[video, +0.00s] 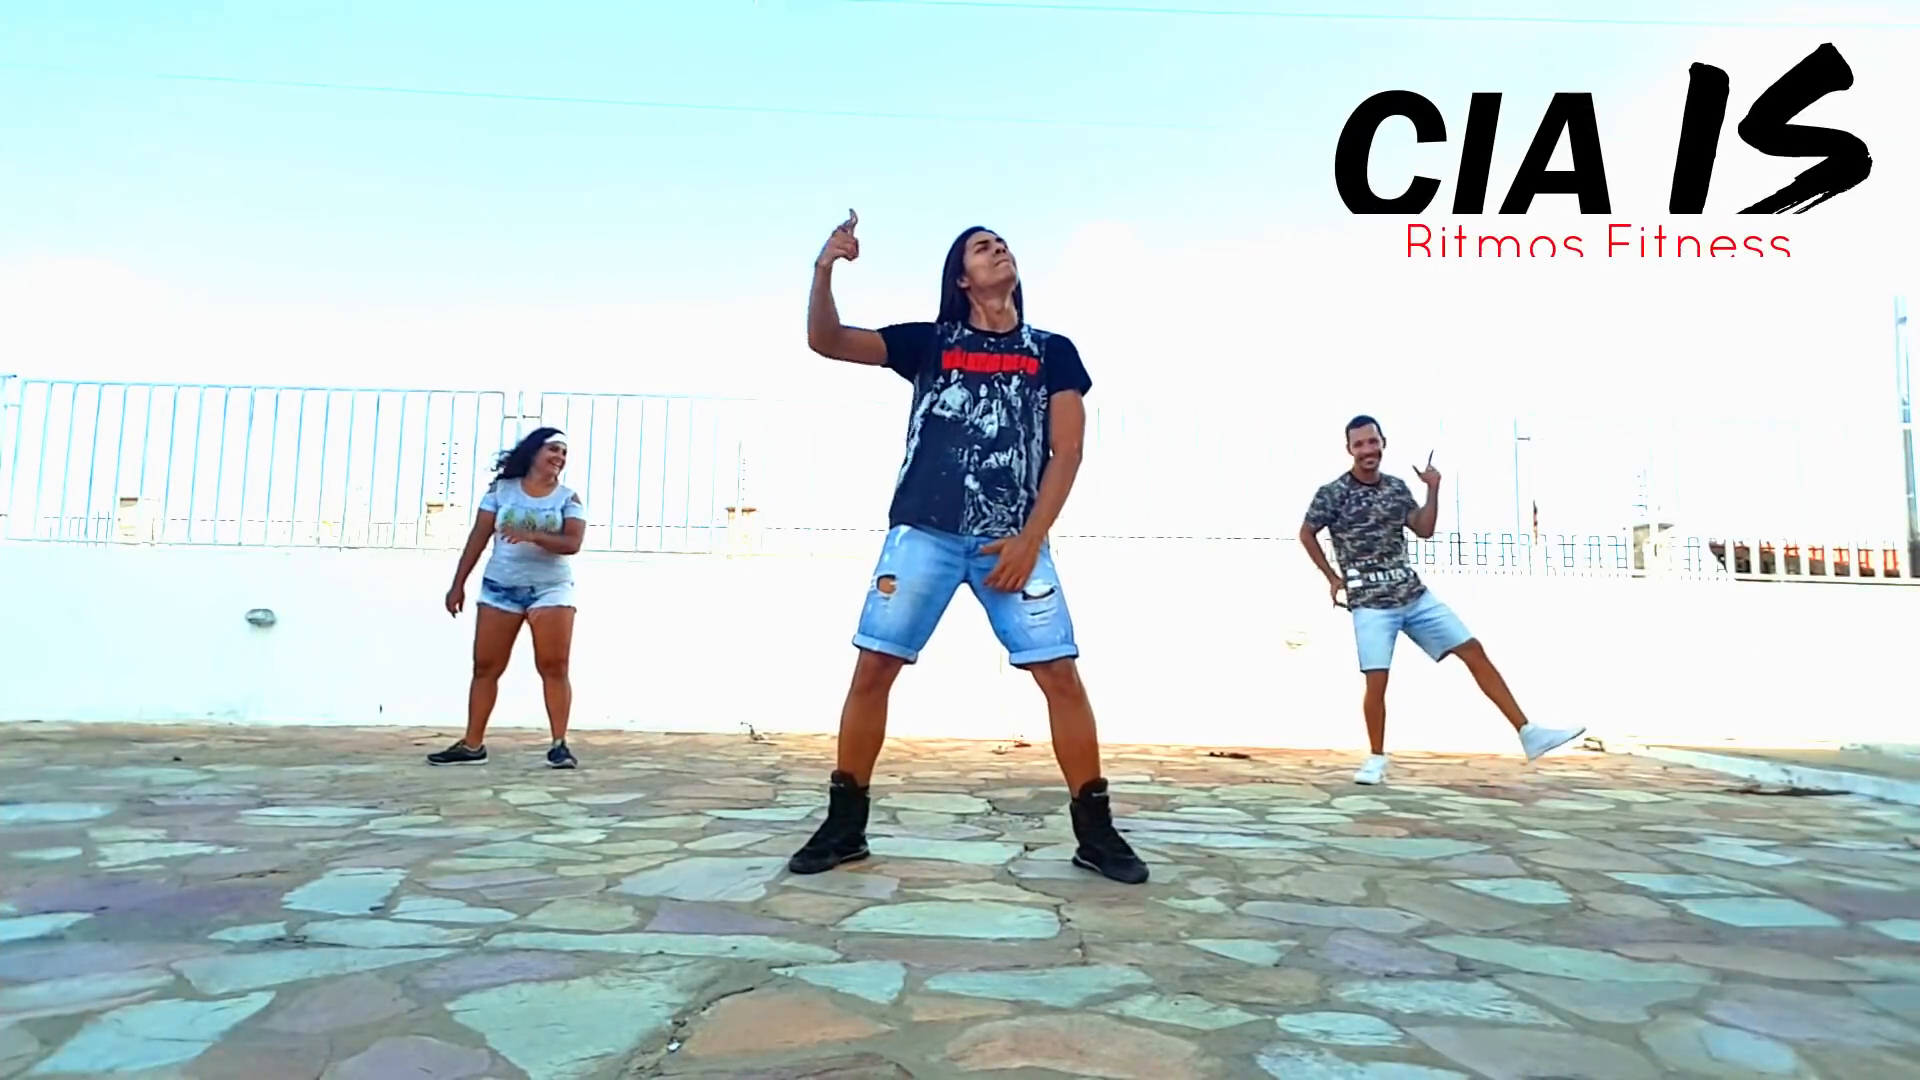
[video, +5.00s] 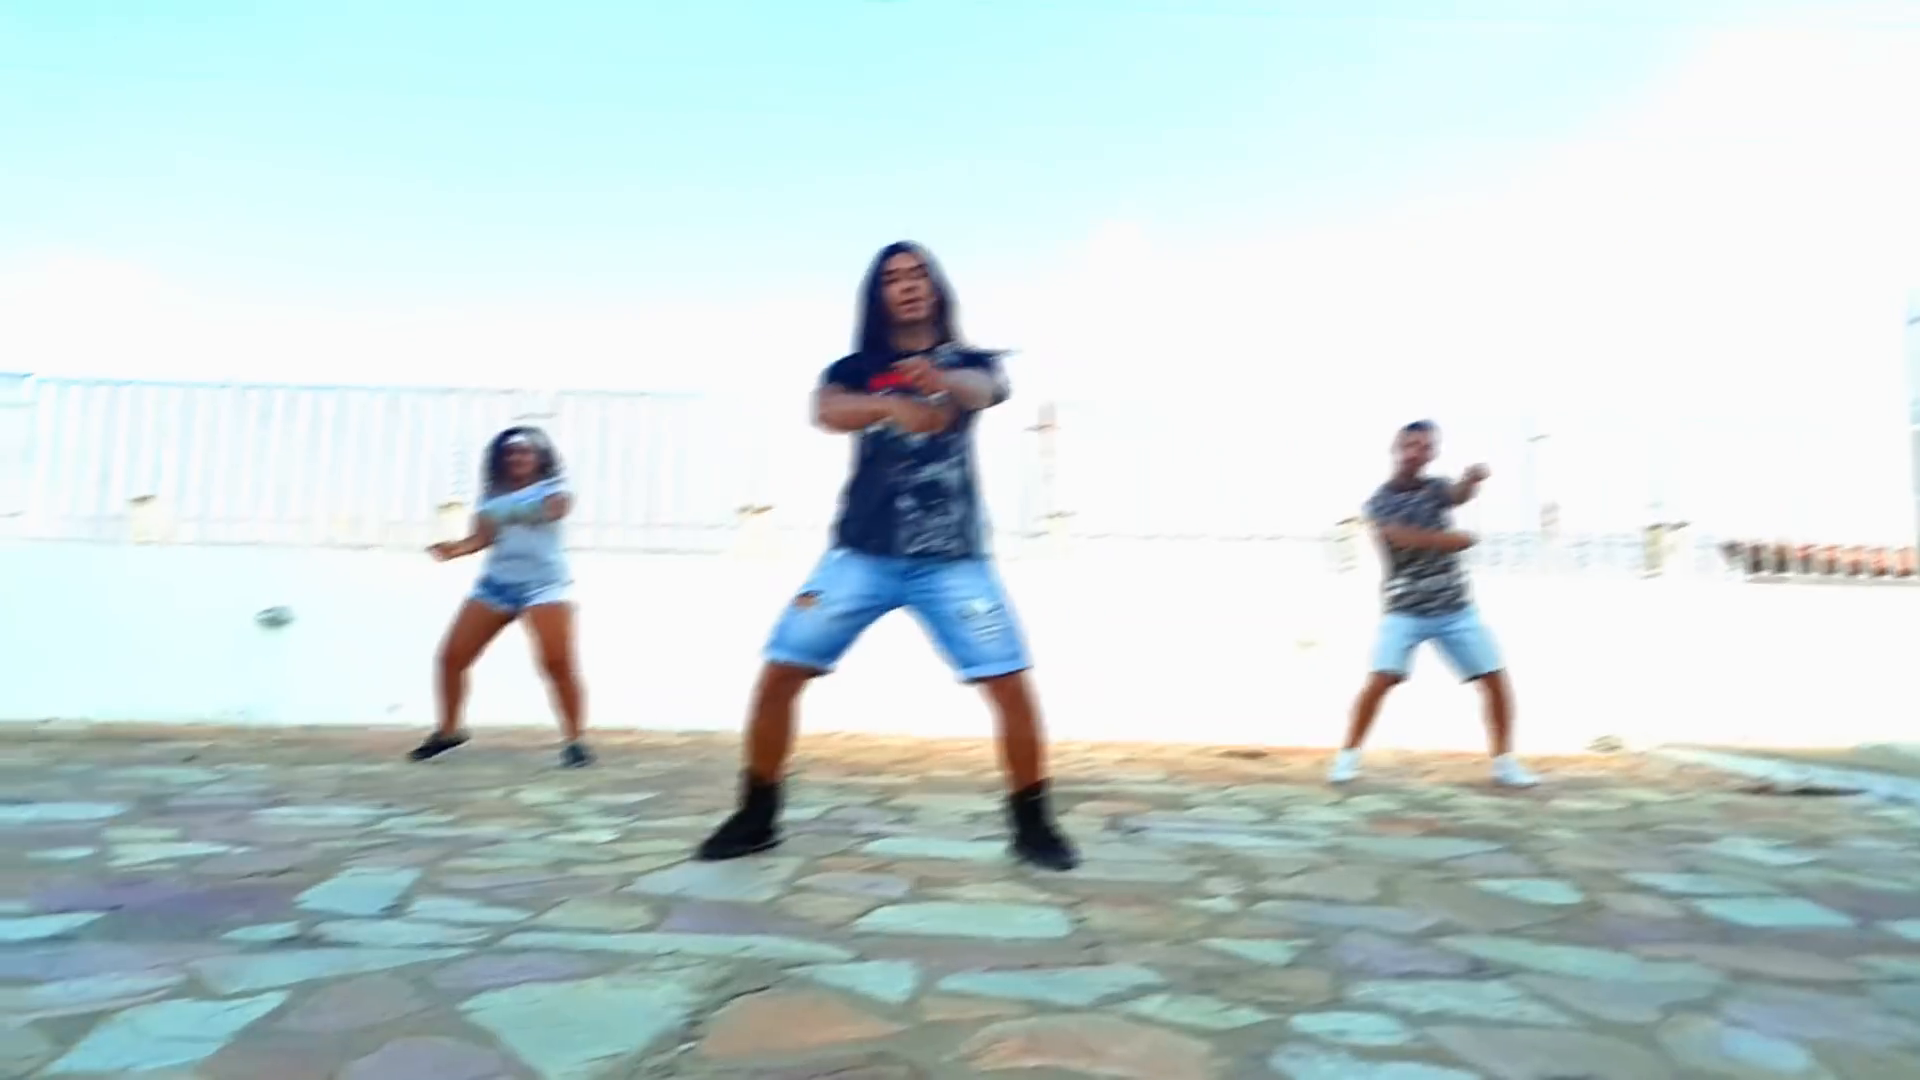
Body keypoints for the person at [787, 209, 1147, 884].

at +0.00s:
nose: (997, 251)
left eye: (1001, 246)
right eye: (982, 249)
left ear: (1016, 269)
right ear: (960, 278)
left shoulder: (1053, 353)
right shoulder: (929, 343)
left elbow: (1066, 451)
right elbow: (827, 341)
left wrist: (1033, 535)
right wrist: (824, 268)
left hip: (1016, 539)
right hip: (925, 531)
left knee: (1061, 676)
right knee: (873, 669)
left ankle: (1096, 832)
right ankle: (843, 825)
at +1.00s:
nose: (982, 258)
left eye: (990, 251)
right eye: (967, 253)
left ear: (1007, 271)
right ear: (949, 277)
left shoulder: (1046, 347)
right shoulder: (923, 344)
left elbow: (1082, 423)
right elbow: (835, 394)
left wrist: (1059, 463)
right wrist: (829, 363)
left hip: (1013, 535)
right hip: (922, 529)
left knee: (1061, 672)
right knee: (868, 666)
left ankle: (1097, 831)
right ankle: (842, 825)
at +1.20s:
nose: (975, 262)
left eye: (985, 254)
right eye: (961, 255)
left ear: (1001, 273)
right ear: (943, 276)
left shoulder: (1035, 339)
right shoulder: (923, 345)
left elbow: (1043, 377)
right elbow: (924, 394)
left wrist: (1033, 373)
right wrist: (863, 374)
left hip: (1011, 529)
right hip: (924, 525)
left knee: (1054, 669)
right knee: (871, 664)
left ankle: (1094, 828)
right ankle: (843, 822)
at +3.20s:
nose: (958, 274)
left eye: (970, 263)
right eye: (947, 270)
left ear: (997, 277)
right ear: (940, 292)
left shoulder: (1036, 344)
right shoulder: (919, 358)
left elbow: (1048, 372)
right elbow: (864, 429)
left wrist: (1009, 365)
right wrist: (901, 387)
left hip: (1016, 535)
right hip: (929, 532)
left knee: (1067, 668)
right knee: (870, 665)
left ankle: (1098, 832)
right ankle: (840, 823)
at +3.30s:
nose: (943, 272)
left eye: (956, 260)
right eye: (941, 267)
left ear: (992, 271)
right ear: (946, 286)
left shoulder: (1044, 340)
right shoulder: (931, 350)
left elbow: (1049, 372)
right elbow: (855, 423)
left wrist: (1004, 371)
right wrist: (840, 349)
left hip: (1017, 534)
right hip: (930, 530)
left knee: (1066, 667)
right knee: (873, 666)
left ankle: (1098, 831)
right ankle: (841, 824)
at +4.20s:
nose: (1005, 250)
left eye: (1009, 242)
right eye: (987, 246)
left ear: (1022, 263)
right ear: (962, 273)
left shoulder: (1058, 335)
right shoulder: (941, 354)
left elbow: (1052, 399)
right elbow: (895, 445)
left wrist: (1013, 444)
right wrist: (813, 454)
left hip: (1020, 537)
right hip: (931, 531)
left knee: (1074, 669)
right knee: (876, 667)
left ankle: (1100, 832)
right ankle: (843, 824)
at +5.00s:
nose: (909, 288)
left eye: (918, 276)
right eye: (895, 280)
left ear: (938, 287)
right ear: (876, 298)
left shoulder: (969, 362)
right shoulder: (854, 369)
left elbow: (989, 388)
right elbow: (826, 411)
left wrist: (944, 380)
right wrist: (892, 408)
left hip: (953, 561)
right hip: (862, 558)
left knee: (1011, 684)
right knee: (779, 673)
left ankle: (1033, 824)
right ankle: (755, 816)